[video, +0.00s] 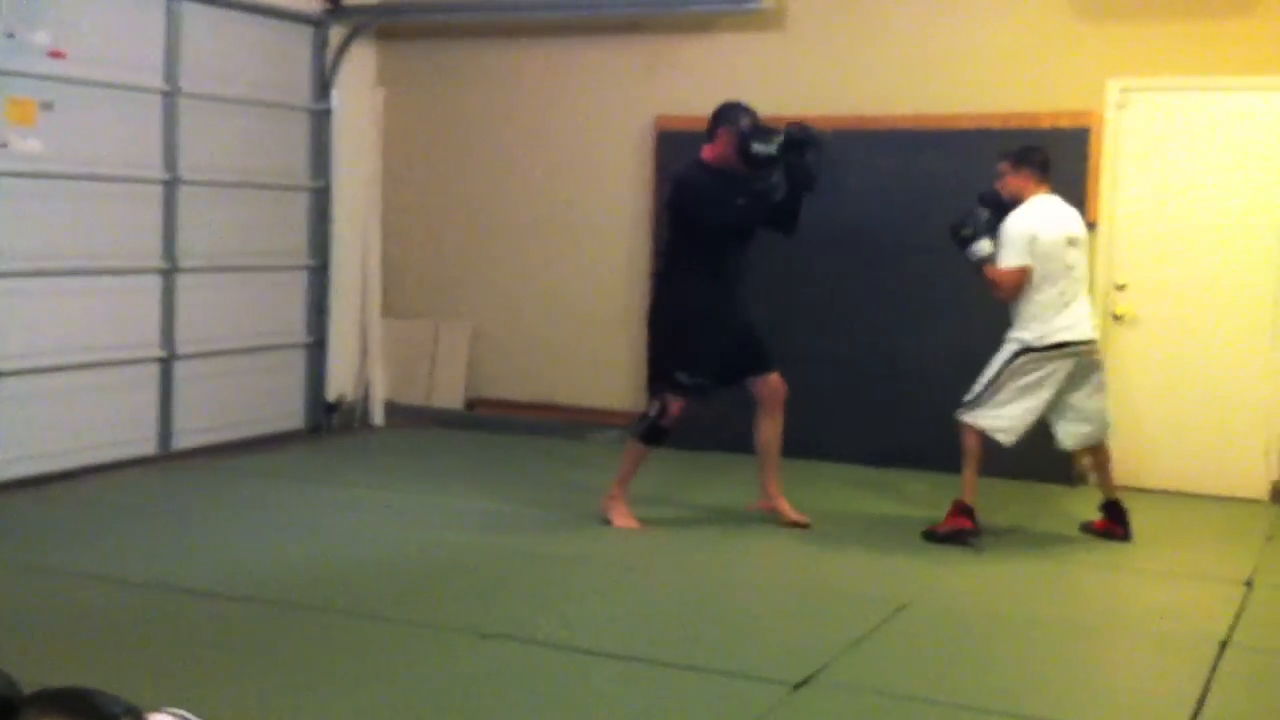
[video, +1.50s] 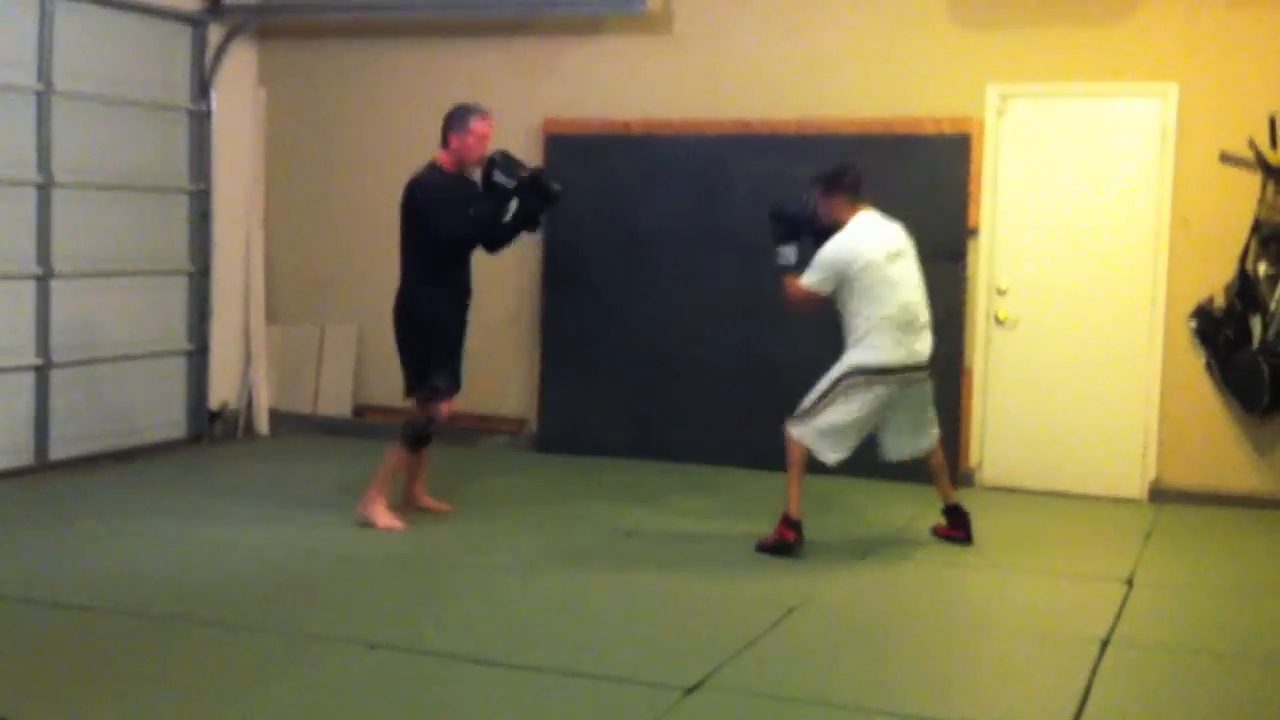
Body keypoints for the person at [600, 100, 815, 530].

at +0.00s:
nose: (748, 150)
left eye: (751, 142)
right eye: (743, 141)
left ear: (737, 140)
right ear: (721, 136)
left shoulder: (739, 183)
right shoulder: (693, 181)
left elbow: (784, 223)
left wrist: (795, 169)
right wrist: (763, 178)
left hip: (723, 307)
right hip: (682, 308)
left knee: (771, 390)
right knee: (670, 404)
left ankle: (771, 495)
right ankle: (615, 497)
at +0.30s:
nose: (732, 149)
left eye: (734, 141)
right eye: (727, 140)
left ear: (718, 139)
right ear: (705, 135)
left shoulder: (723, 184)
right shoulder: (674, 180)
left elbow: (774, 214)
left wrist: (782, 166)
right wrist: (737, 173)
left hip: (712, 308)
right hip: (673, 310)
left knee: (735, 402)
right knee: (653, 403)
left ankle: (740, 500)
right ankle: (585, 488)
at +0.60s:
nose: (667, 146)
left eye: (672, 139)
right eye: (661, 138)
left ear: (676, 142)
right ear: (644, 139)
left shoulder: (679, 184)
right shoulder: (629, 185)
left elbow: (725, 207)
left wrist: (712, 156)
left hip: (676, 306)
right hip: (635, 307)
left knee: (715, 395)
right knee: (626, 406)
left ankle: (708, 500)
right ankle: (539, 470)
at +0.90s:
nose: (588, 170)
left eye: (590, 162)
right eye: (584, 161)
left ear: (570, 158)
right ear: (565, 157)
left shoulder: (570, 196)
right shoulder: (533, 193)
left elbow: (588, 256)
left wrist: (611, 203)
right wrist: (603, 198)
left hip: (545, 308)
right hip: (507, 311)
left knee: (594, 378)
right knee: (524, 408)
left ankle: (563, 478)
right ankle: (475, 500)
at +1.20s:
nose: (523, 159)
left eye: (526, 151)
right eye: (517, 150)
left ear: (519, 154)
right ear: (490, 149)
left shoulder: (506, 201)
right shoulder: (458, 191)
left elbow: (516, 266)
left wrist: (552, 225)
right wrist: (522, 212)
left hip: (454, 311)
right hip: (433, 310)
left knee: (430, 398)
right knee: (478, 394)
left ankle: (406, 485)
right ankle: (465, 500)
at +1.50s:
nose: (486, 149)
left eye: (488, 140)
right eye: (482, 139)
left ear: (465, 139)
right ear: (456, 138)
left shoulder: (463, 185)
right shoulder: (430, 187)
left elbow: (491, 239)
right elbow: (470, 233)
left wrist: (528, 209)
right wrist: (497, 193)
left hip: (446, 308)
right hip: (423, 308)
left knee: (436, 403)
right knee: (431, 404)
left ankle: (415, 491)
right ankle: (376, 498)